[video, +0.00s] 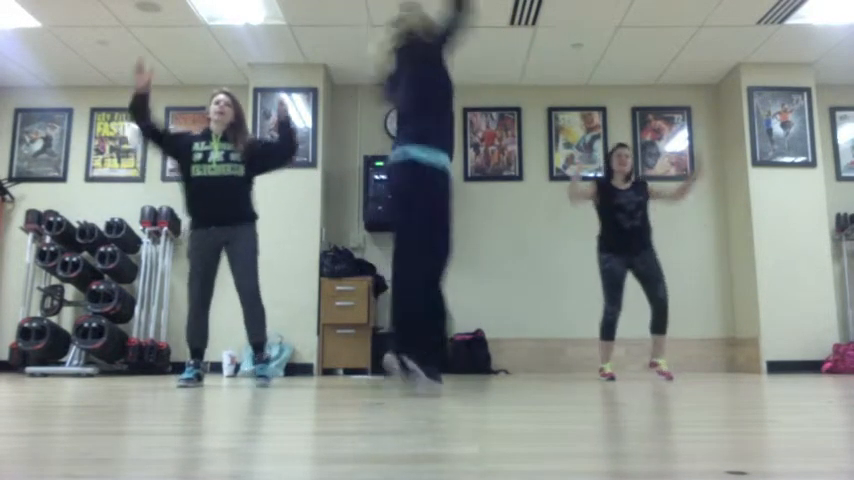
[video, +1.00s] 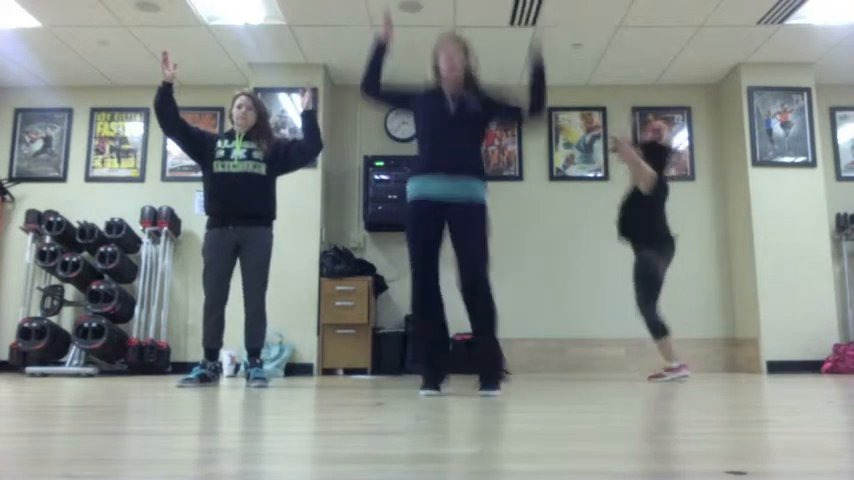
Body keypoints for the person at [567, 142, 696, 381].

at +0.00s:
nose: (624, 160)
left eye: (627, 156)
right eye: (619, 156)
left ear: (632, 161)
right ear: (610, 161)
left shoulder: (642, 187)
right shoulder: (600, 187)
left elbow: (675, 194)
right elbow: (575, 195)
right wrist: (575, 178)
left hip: (642, 252)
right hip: (612, 253)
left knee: (660, 302)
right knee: (612, 307)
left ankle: (657, 359)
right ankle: (605, 364)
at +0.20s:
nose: (634, 165)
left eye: (637, 162)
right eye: (629, 161)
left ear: (641, 167)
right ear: (619, 166)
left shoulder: (649, 188)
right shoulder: (611, 191)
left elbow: (681, 183)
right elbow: (592, 184)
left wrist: (696, 155)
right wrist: (596, 155)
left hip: (652, 255)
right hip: (624, 256)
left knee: (663, 306)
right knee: (625, 306)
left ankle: (650, 362)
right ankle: (609, 362)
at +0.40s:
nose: (642, 161)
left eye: (645, 156)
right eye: (637, 156)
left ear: (651, 160)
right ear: (628, 159)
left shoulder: (651, 178)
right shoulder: (626, 182)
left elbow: (662, 161)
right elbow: (632, 162)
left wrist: (656, 144)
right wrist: (629, 144)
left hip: (654, 242)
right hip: (635, 243)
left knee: (661, 293)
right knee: (658, 291)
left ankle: (650, 353)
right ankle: (647, 353)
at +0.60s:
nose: (664, 165)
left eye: (661, 158)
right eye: (660, 159)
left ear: (632, 160)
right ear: (652, 160)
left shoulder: (627, 182)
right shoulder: (654, 175)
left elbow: (638, 157)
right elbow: (679, 156)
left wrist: (643, 136)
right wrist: (665, 137)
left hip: (634, 247)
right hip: (658, 247)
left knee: (657, 303)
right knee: (670, 303)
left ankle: (650, 360)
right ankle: (661, 363)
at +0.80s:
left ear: (634, 148)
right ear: (662, 148)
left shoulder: (629, 166)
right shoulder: (669, 168)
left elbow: (609, 156)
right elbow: (677, 159)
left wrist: (603, 141)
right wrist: (669, 141)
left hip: (635, 235)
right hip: (666, 233)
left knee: (644, 296)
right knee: (665, 294)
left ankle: (652, 358)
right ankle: (668, 354)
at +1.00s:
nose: (631, 159)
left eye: (636, 155)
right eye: (633, 154)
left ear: (647, 159)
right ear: (656, 161)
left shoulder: (652, 183)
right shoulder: (646, 182)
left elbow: (640, 166)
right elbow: (633, 160)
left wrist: (624, 148)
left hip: (654, 247)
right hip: (650, 245)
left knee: (647, 305)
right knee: (647, 304)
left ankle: (674, 364)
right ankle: (673, 363)